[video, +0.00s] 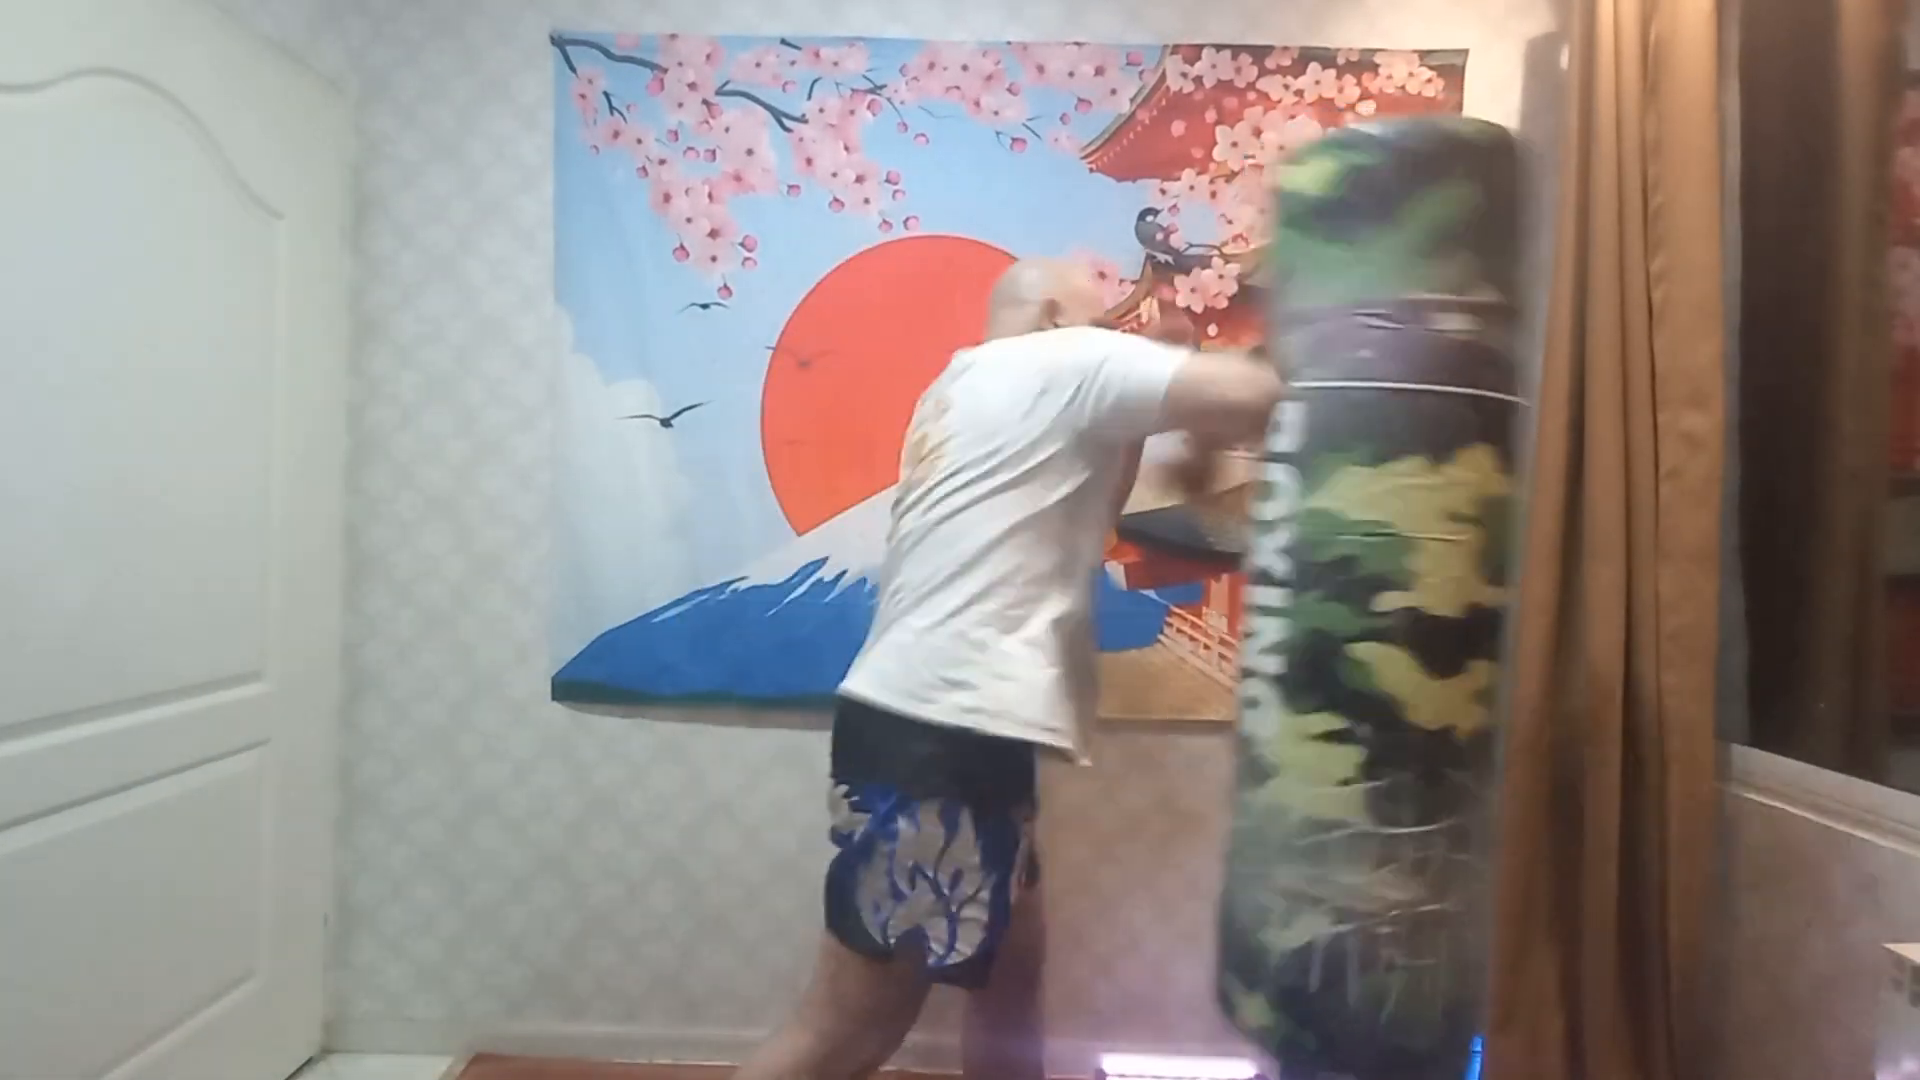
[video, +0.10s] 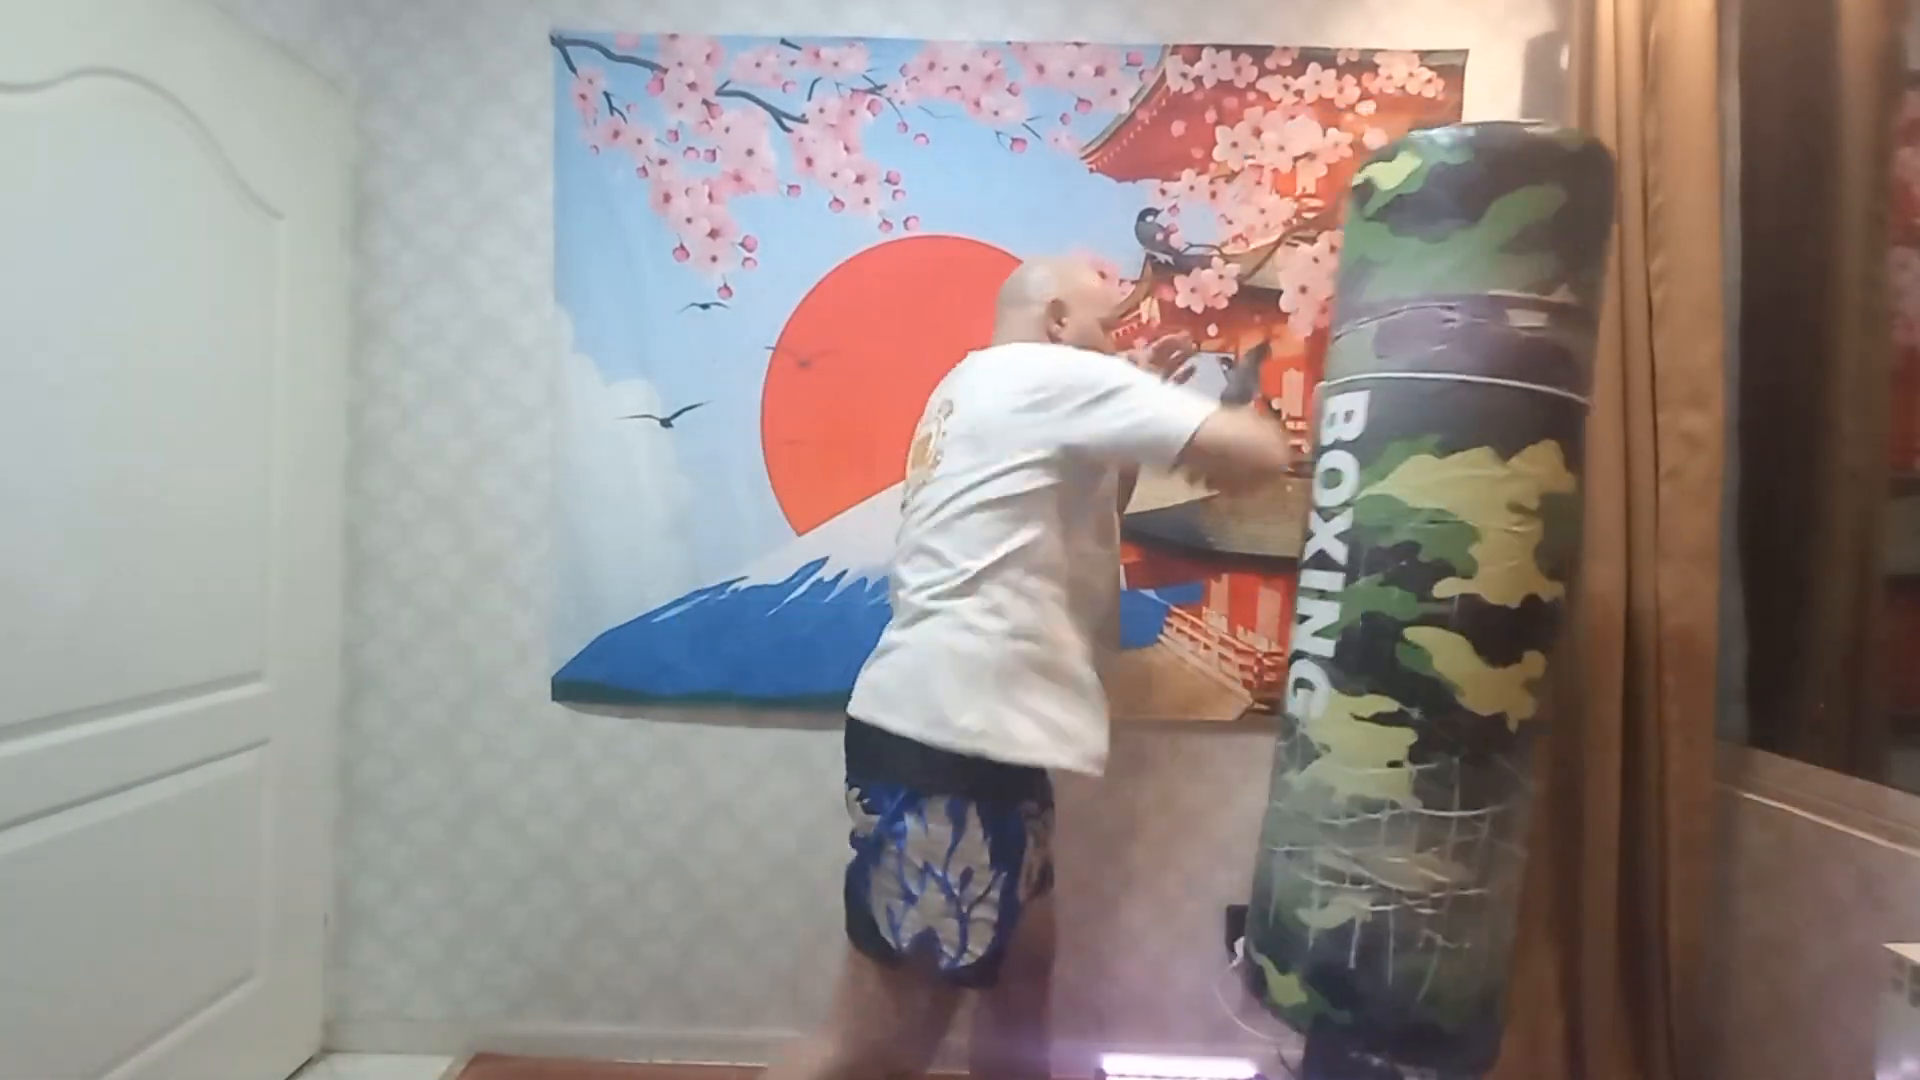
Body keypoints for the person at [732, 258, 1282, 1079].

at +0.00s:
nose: (1111, 305)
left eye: (1104, 292)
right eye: (1094, 292)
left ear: (1015, 316)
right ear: (1052, 307)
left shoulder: (952, 390)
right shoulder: (1072, 363)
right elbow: (1257, 388)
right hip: (941, 731)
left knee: (1008, 988)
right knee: (848, 1028)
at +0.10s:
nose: (1123, 296)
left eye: (1113, 285)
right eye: (1102, 286)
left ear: (1035, 321)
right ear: (1054, 316)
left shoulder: (977, 389)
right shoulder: (1043, 376)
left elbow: (1079, 503)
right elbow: (1262, 447)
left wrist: (1150, 401)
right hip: (949, 737)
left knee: (1020, 997)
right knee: (886, 1040)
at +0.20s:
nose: (1122, 324)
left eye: (1119, 308)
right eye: (1106, 307)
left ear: (1036, 322)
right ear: (1047, 317)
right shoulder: (1017, 382)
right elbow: (1182, 489)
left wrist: (1126, 400)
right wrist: (1198, 418)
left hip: (994, 742)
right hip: (945, 740)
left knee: (1022, 982)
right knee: (908, 1029)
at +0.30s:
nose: (1091, 338)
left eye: (1090, 320)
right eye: (1075, 319)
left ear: (1013, 321)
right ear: (1013, 317)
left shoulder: (998, 399)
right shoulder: (970, 389)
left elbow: (1060, 547)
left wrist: (1099, 426)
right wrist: (1121, 422)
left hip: (989, 744)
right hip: (939, 748)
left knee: (1031, 972)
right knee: (929, 1019)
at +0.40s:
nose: (1044, 364)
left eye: (1045, 342)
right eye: (1033, 340)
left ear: (967, 337)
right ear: (971, 334)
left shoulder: (951, 432)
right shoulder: (914, 426)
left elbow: (982, 601)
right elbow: (935, 614)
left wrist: (1056, 490)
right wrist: (1056, 479)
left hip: (989, 785)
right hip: (917, 793)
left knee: (1047, 985)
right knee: (917, 1048)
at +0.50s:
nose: (1014, 357)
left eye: (1014, 334)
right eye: (999, 333)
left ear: (936, 331)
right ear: (934, 328)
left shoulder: (908, 437)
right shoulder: (873, 435)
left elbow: (930, 593)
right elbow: (873, 643)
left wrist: (1006, 516)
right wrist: (1020, 564)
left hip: (936, 807)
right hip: (864, 814)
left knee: (990, 1046)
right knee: (846, 1058)